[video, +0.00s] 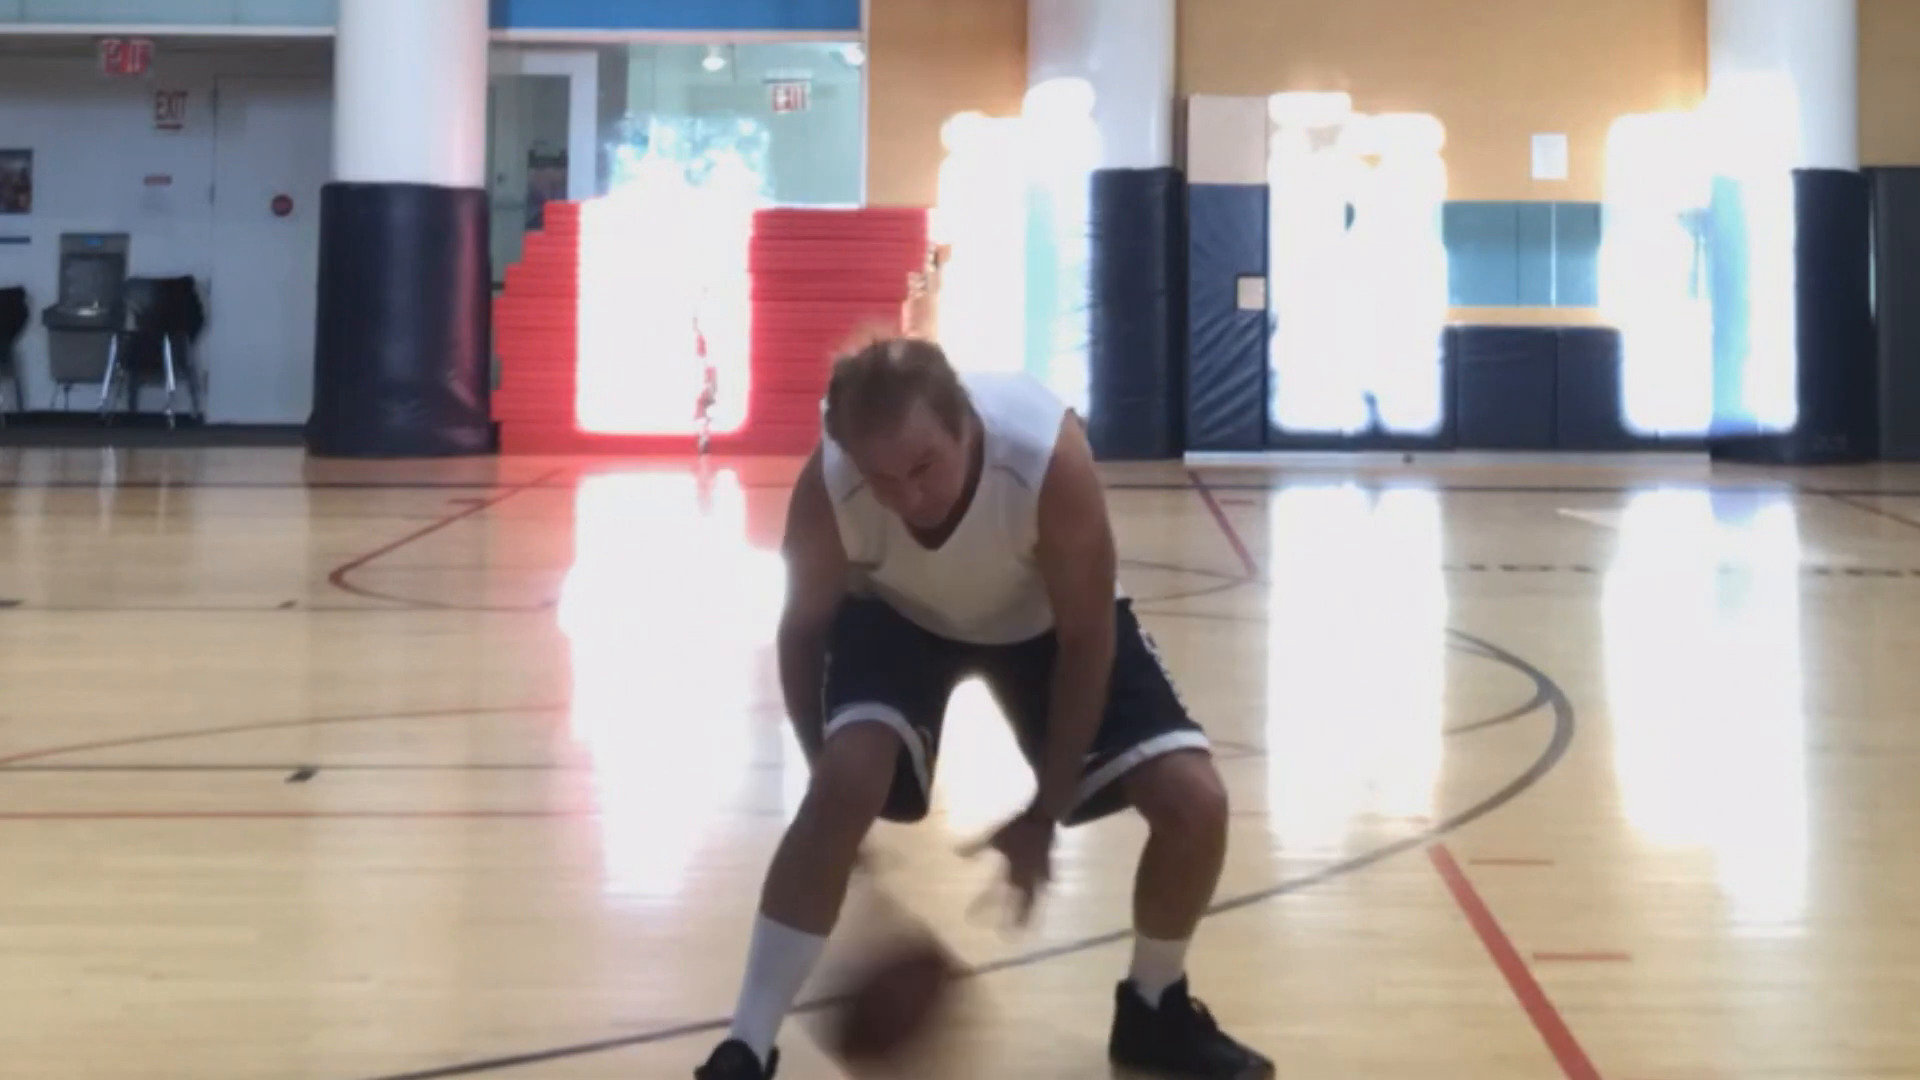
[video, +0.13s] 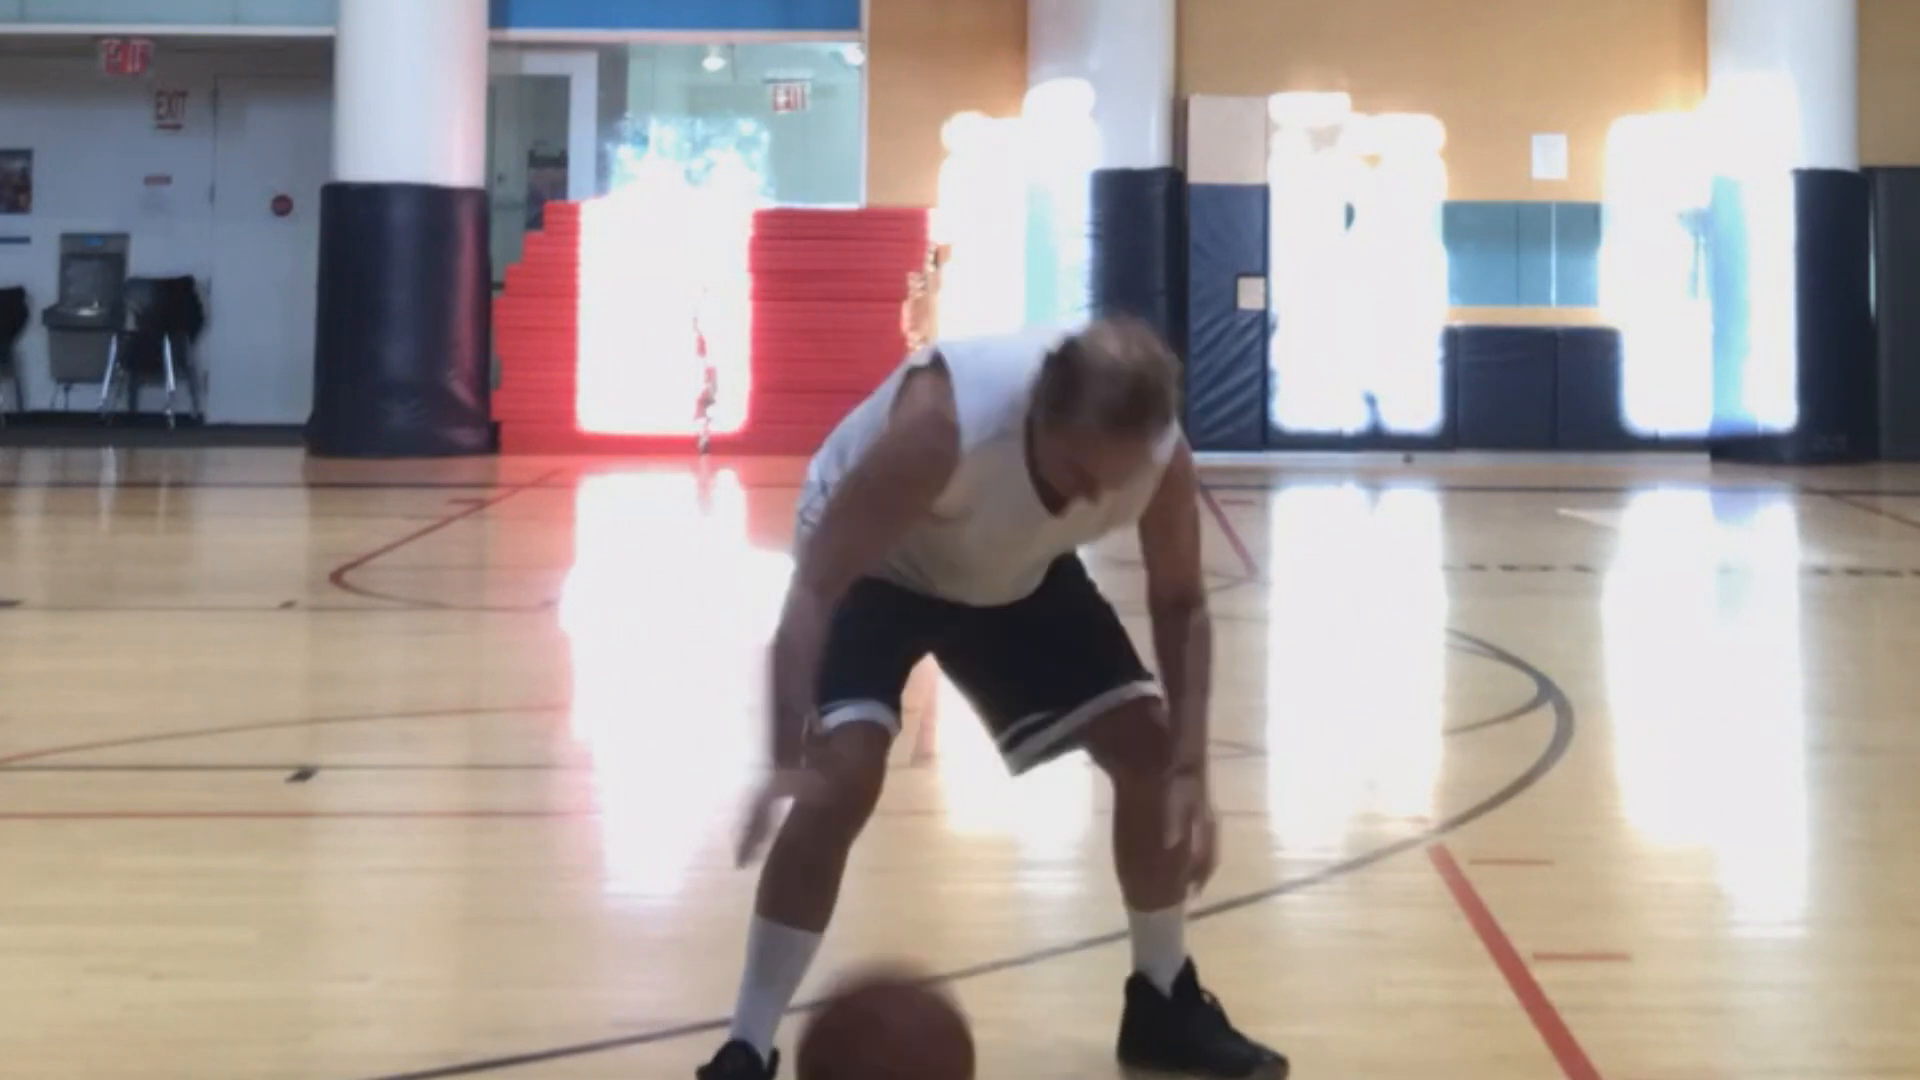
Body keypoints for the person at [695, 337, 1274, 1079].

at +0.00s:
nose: (904, 498)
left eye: (921, 471)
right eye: (877, 479)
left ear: (964, 427)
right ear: (848, 457)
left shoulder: (1049, 453)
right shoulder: (828, 487)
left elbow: (1087, 636)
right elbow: (804, 634)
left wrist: (1044, 813)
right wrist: (826, 774)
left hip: (1046, 613)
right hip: (897, 611)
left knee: (1194, 803)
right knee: (849, 776)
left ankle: (1153, 1009)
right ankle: (746, 1050)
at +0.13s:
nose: (1095, 498)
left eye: (1117, 480)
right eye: (1079, 476)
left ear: (1149, 443)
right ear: (1041, 418)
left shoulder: (1161, 452)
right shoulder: (941, 427)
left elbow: (1179, 602)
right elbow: (817, 582)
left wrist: (1191, 772)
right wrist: (786, 758)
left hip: (1020, 569)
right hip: (878, 566)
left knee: (1149, 743)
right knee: (842, 777)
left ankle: (1163, 1003)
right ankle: (748, 1048)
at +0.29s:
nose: (1044, 499)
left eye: (1061, 485)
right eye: (1025, 487)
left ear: (1095, 431)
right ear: (987, 440)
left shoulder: (1147, 422)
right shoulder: (921, 438)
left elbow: (1158, 580)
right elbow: (852, 615)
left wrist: (1132, 744)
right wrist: (844, 794)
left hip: (1083, 573)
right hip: (936, 579)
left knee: (1210, 750)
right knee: (911, 772)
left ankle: (1170, 1000)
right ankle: (782, 1043)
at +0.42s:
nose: (912, 425)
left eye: (931, 404)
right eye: (891, 409)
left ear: (961, 362)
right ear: (855, 373)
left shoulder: (1029, 391)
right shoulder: (821, 396)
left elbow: (1031, 565)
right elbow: (761, 543)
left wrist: (932, 692)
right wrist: (701, 673)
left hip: (1035, 533)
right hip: (885, 540)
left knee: (1115, 718)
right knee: (803, 725)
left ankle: (1204, 983)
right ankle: (740, 986)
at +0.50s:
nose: (1156, 512)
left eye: (1173, 496)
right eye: (1141, 494)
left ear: (1192, 465)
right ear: (1092, 446)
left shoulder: (1177, 478)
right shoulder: (991, 451)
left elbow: (1159, 605)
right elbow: (926, 624)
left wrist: (1143, 753)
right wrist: (965, 781)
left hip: (1067, 583)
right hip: (920, 564)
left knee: (1144, 727)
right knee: (800, 740)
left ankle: (1220, 985)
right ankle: (729, 986)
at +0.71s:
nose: (757, 480)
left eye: (769, 457)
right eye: (739, 463)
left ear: (820, 401)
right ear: (725, 420)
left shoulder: (936, 447)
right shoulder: (789, 400)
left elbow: (1065, 578)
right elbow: (750, 479)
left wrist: (1021, 753)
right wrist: (663, 563)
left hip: (1052, 564)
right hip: (912, 565)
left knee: (1122, 762)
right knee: (777, 726)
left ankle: (1223, 991)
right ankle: (699, 992)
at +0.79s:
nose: (746, 493)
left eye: (746, 473)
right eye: (734, 480)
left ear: (797, 422)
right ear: (735, 444)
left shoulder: (920, 455)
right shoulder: (787, 461)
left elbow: (1021, 601)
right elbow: (845, 594)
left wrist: (967, 736)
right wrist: (870, 746)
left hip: (1062, 580)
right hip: (910, 583)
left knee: (1138, 771)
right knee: (770, 732)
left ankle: (1230, 998)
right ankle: (683, 994)